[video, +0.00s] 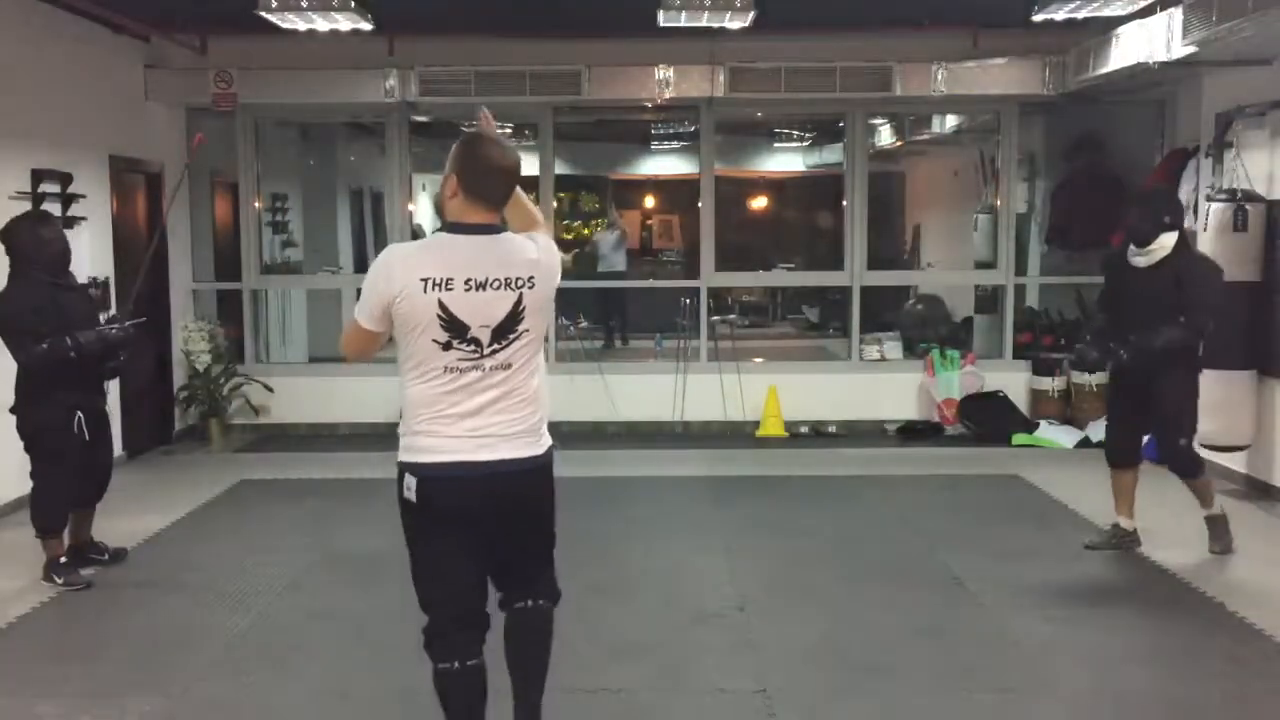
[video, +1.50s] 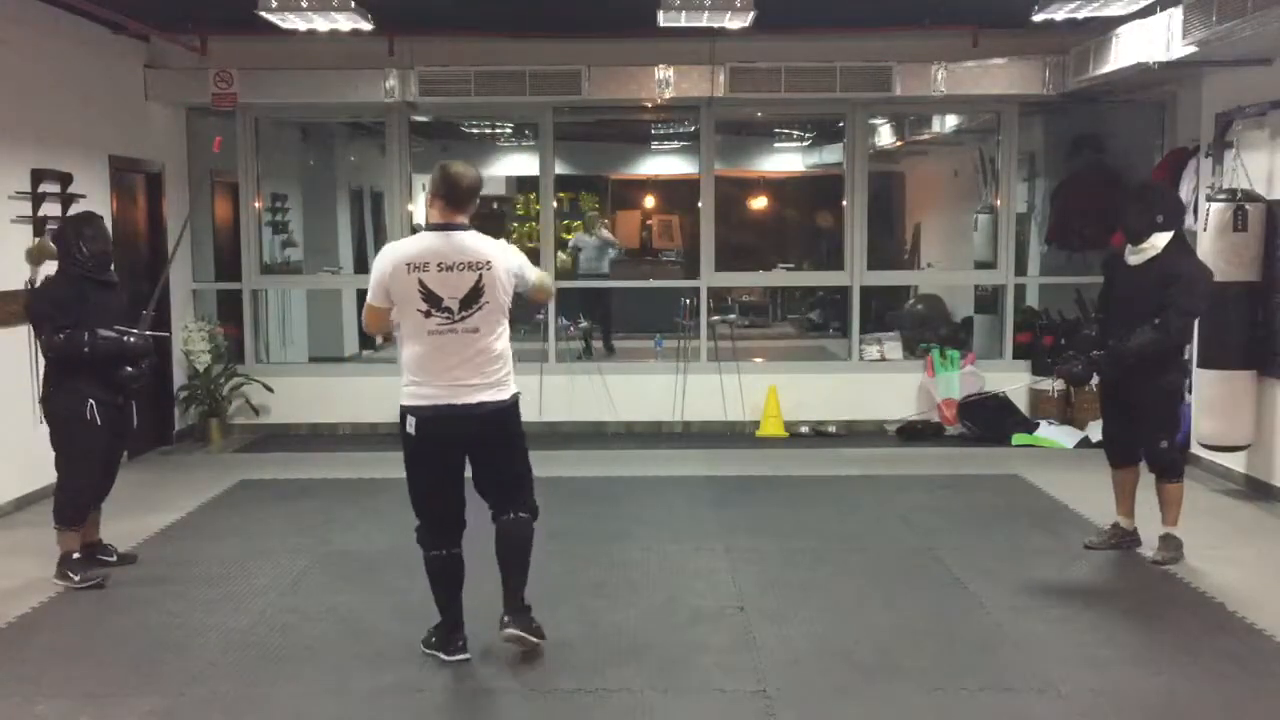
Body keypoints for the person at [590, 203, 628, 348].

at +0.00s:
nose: (612, 220)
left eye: (615, 217)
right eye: (611, 217)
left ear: (619, 220)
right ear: (608, 219)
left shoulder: (620, 234)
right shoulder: (599, 235)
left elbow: (624, 234)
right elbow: (589, 250)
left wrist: (617, 221)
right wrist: (590, 246)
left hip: (618, 270)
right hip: (602, 271)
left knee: (620, 303)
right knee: (604, 305)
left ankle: (623, 333)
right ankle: (608, 338)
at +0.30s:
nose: (610, 223)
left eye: (614, 220)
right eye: (609, 220)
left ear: (618, 221)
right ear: (606, 221)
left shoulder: (620, 237)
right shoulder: (599, 236)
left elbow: (622, 236)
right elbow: (590, 249)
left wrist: (614, 222)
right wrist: (587, 247)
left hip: (617, 273)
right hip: (601, 273)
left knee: (617, 306)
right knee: (602, 307)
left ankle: (616, 338)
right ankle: (607, 337)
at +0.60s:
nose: (610, 221)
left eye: (613, 218)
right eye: (608, 218)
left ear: (618, 220)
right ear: (606, 220)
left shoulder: (621, 235)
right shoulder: (599, 236)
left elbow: (623, 235)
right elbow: (592, 251)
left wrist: (614, 222)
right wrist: (588, 248)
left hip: (617, 273)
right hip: (601, 274)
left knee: (617, 307)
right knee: (600, 307)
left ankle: (615, 339)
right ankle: (604, 335)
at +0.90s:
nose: (607, 221)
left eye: (610, 219)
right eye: (606, 218)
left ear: (616, 220)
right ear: (603, 219)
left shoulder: (620, 234)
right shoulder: (597, 235)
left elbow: (621, 237)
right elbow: (588, 250)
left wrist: (610, 223)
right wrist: (583, 248)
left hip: (616, 276)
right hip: (598, 276)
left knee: (616, 310)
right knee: (595, 310)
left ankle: (614, 342)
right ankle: (594, 343)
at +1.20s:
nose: (599, 224)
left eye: (603, 221)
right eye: (597, 221)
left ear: (608, 223)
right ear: (593, 223)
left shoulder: (611, 238)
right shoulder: (586, 238)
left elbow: (614, 236)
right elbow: (576, 255)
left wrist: (601, 224)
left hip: (607, 277)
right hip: (589, 277)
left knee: (610, 312)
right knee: (588, 313)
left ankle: (613, 344)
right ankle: (588, 347)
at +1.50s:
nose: (593, 223)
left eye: (595, 220)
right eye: (590, 220)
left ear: (599, 221)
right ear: (585, 222)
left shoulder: (603, 235)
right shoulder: (579, 237)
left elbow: (615, 243)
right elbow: (570, 250)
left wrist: (601, 234)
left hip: (601, 276)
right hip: (584, 276)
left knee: (604, 310)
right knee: (585, 312)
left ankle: (607, 341)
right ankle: (587, 346)